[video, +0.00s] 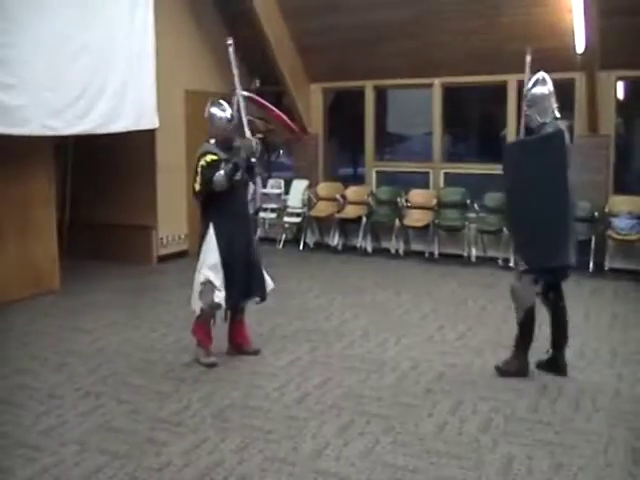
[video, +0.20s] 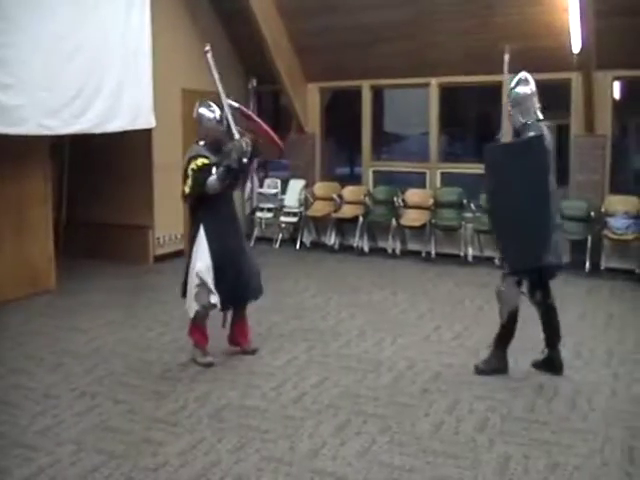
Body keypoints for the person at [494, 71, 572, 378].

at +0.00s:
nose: (527, 112)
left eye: (530, 107)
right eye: (528, 106)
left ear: (535, 108)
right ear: (551, 106)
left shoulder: (547, 138)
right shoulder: (555, 137)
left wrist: (509, 145)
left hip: (538, 230)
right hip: (554, 227)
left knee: (524, 290)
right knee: (553, 291)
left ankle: (519, 357)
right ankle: (558, 356)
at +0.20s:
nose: (514, 110)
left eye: (519, 103)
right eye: (514, 103)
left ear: (529, 103)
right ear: (516, 105)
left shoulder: (535, 137)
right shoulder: (530, 135)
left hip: (530, 228)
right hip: (533, 226)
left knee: (509, 290)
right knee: (540, 290)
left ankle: (499, 354)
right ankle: (553, 354)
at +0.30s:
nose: (505, 110)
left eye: (508, 103)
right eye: (505, 103)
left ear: (516, 103)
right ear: (519, 103)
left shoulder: (527, 136)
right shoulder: (520, 134)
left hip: (519, 228)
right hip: (516, 225)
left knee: (502, 290)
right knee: (530, 287)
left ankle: (498, 356)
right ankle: (551, 351)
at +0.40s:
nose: (505, 106)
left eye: (510, 100)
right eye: (502, 101)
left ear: (519, 100)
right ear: (497, 102)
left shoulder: (528, 130)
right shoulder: (493, 132)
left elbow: (535, 180)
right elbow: (477, 175)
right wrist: (475, 218)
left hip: (519, 220)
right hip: (494, 219)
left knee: (502, 286)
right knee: (521, 284)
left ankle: (499, 355)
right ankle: (548, 345)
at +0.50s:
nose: (501, 105)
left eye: (506, 98)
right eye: (498, 99)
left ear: (516, 99)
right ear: (492, 102)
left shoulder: (523, 133)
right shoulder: (489, 133)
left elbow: (531, 187)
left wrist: (518, 220)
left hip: (514, 216)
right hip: (491, 214)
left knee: (499, 280)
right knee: (504, 281)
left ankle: (500, 354)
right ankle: (539, 337)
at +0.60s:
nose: (499, 99)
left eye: (502, 94)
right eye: (496, 94)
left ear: (505, 97)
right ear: (492, 97)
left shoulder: (511, 128)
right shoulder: (498, 128)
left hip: (504, 212)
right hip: (499, 210)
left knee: (494, 278)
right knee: (495, 278)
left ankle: (501, 353)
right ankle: (523, 335)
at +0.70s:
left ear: (489, 96)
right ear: (492, 93)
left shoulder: (503, 125)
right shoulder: (491, 126)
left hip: (499, 209)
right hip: (490, 208)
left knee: (490, 280)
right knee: (485, 280)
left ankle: (501, 353)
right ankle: (500, 349)